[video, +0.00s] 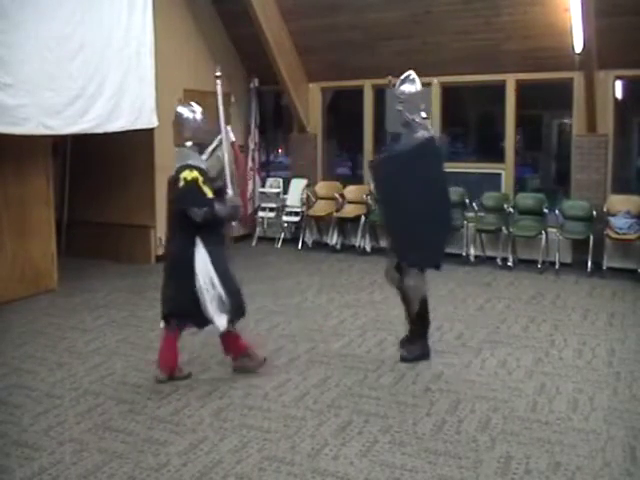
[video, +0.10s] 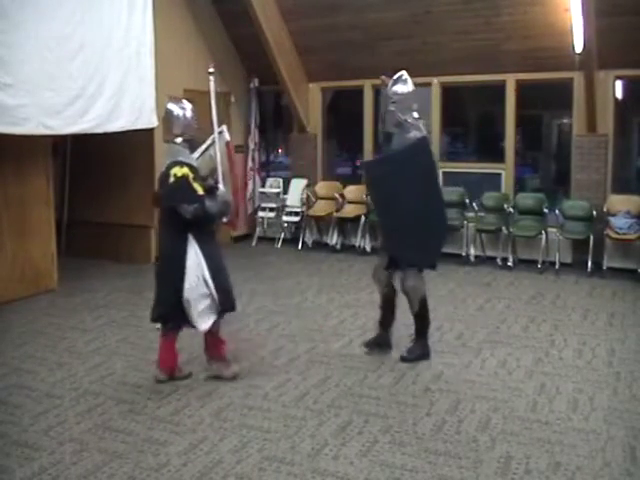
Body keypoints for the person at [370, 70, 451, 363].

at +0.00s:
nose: (400, 109)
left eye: (404, 103)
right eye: (399, 103)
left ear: (413, 107)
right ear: (399, 107)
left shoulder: (424, 143)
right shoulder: (406, 140)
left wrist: (380, 167)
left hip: (422, 222)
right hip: (408, 220)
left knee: (412, 276)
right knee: (396, 273)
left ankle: (419, 341)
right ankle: (416, 331)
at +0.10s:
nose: (390, 110)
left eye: (395, 104)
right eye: (389, 104)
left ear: (406, 106)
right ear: (387, 107)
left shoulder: (415, 139)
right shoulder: (396, 138)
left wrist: (375, 171)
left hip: (417, 222)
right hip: (398, 221)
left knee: (410, 279)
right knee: (383, 275)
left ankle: (421, 343)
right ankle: (383, 336)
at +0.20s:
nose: (381, 112)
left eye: (385, 107)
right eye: (382, 107)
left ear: (392, 110)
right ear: (391, 110)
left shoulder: (405, 142)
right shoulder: (392, 140)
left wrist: (363, 167)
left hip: (409, 227)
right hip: (395, 225)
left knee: (407, 285)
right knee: (373, 279)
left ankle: (422, 343)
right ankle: (359, 336)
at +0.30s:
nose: (371, 116)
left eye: (375, 110)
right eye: (371, 110)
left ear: (385, 113)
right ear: (380, 113)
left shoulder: (396, 143)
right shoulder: (382, 142)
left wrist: (349, 171)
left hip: (390, 227)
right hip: (377, 226)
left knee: (399, 287)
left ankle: (420, 342)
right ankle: (352, 343)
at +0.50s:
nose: (358, 110)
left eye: (360, 105)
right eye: (356, 105)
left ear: (355, 108)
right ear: (356, 108)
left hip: (359, 219)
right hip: (351, 217)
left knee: (351, 283)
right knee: (349, 281)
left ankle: (386, 328)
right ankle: (349, 343)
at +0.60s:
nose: (344, 107)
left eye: (350, 102)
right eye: (342, 101)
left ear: (358, 105)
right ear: (337, 104)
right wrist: (302, 135)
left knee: (340, 280)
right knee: (338, 281)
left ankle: (353, 346)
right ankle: (348, 343)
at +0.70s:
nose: (335, 110)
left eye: (338, 104)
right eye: (335, 104)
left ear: (345, 108)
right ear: (341, 107)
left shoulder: (356, 139)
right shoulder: (339, 134)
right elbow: (315, 154)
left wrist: (298, 133)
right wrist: (297, 133)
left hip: (357, 219)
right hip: (341, 216)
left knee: (331, 282)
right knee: (336, 281)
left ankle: (324, 354)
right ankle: (347, 345)